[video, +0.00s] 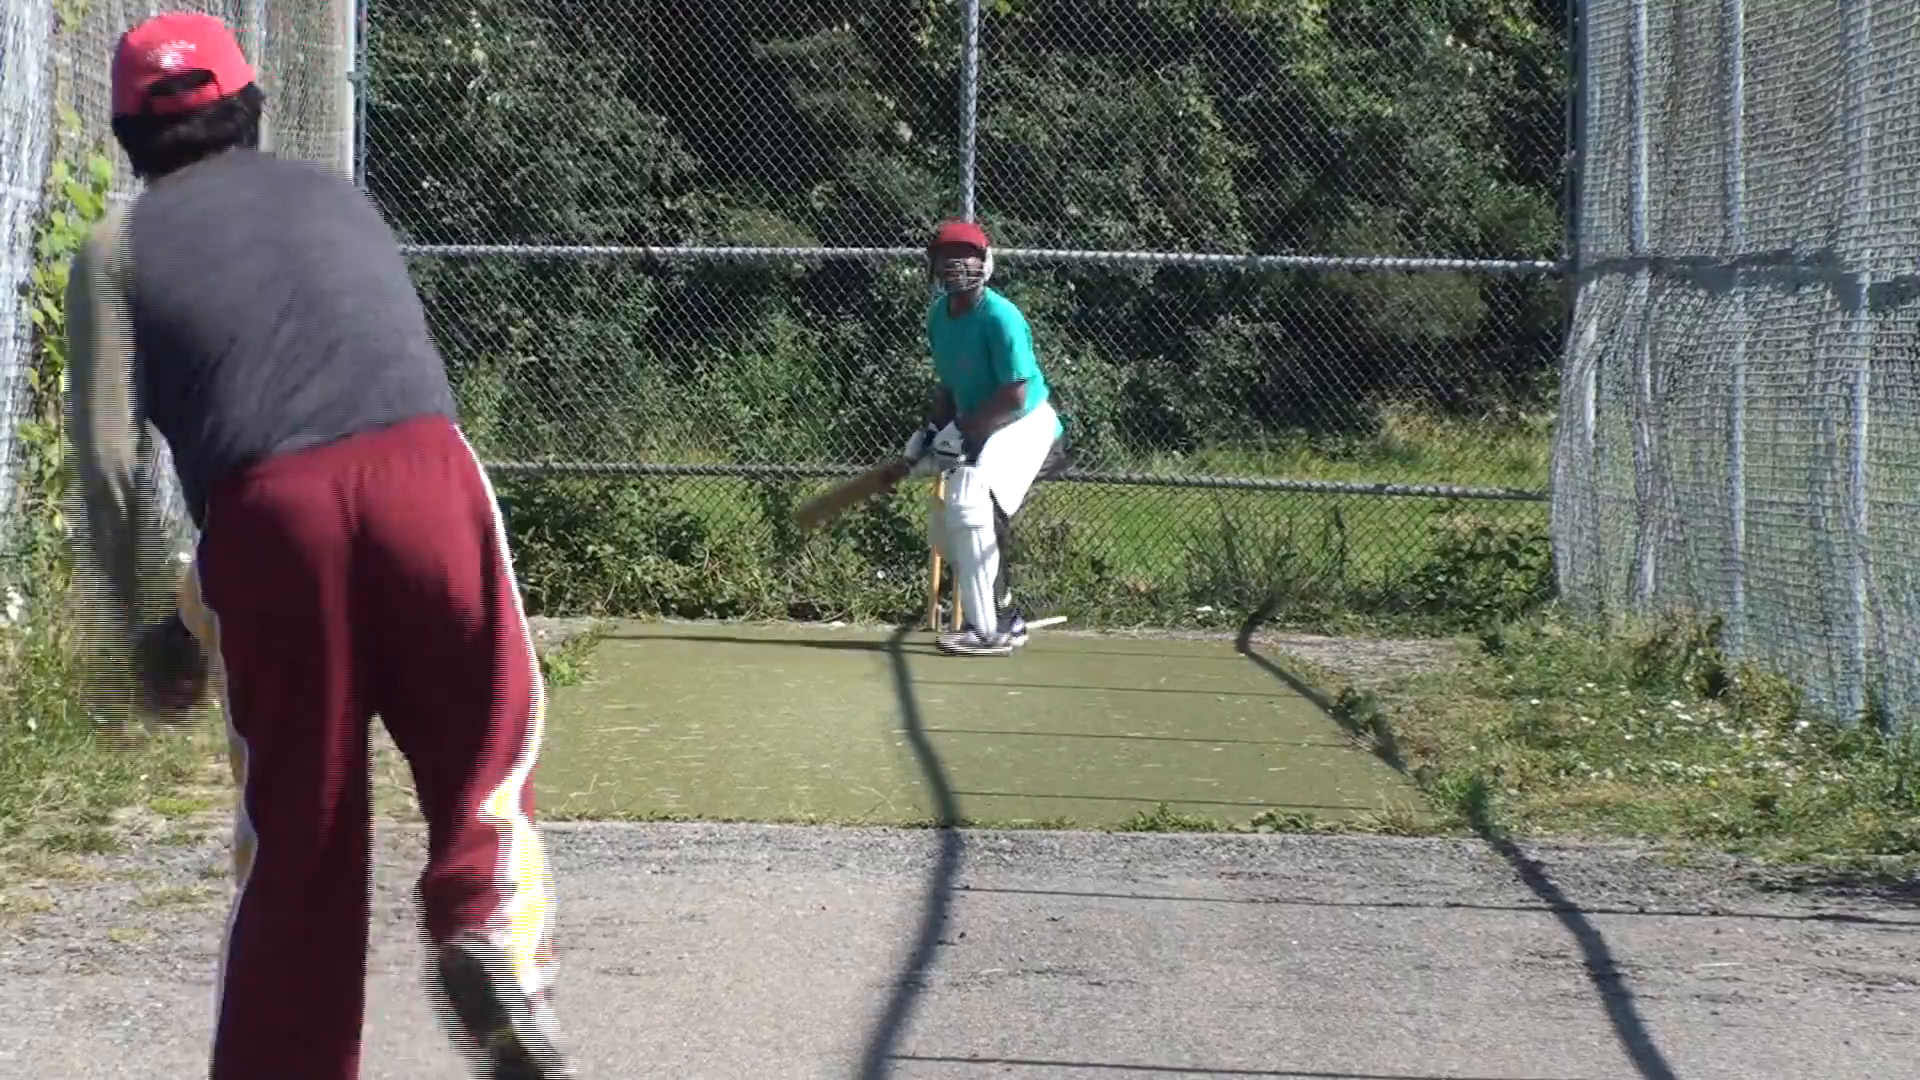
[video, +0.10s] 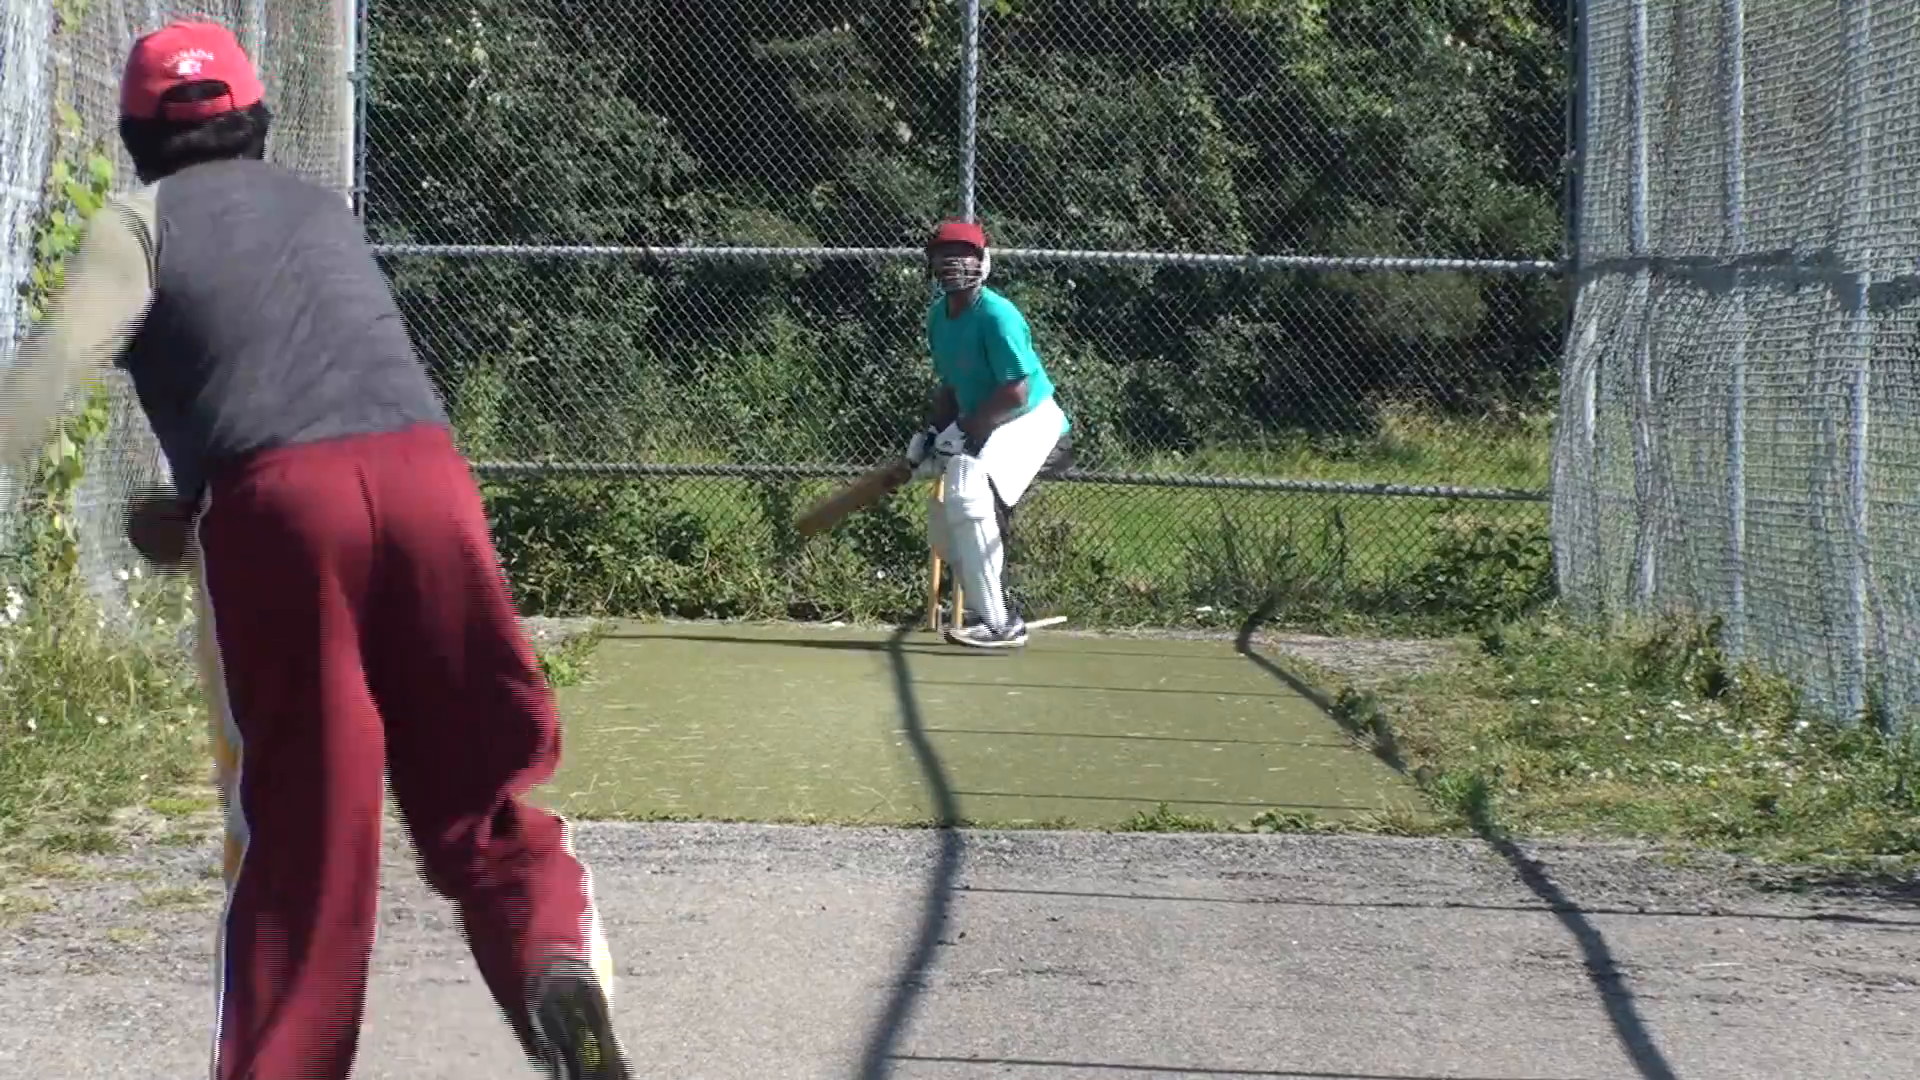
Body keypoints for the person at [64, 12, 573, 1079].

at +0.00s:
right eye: (231, 105)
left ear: (129, 136)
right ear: (252, 111)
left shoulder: (116, 243)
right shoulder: (336, 192)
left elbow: (112, 461)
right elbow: (378, 359)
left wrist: (149, 622)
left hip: (272, 506)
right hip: (426, 468)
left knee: (301, 817)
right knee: (484, 736)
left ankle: (280, 1061)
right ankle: (486, 936)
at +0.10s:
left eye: (152, 122)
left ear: (139, 133)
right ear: (257, 118)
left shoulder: (139, 218)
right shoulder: (322, 200)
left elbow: (58, 357)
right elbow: (328, 382)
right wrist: (197, 504)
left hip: (285, 497)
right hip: (428, 475)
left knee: (305, 812)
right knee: (479, 766)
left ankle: (280, 1060)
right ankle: (556, 961)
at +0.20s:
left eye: (152, 114)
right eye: (221, 103)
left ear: (137, 123)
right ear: (255, 114)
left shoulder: (138, 208)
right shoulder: (319, 202)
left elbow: (17, 279)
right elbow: (314, 396)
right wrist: (177, 506)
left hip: (273, 496)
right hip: (413, 482)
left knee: (283, 809)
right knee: (445, 794)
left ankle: (281, 1060)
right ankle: (507, 1058)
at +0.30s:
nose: (167, 122)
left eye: (160, 109)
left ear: (154, 114)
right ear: (267, 108)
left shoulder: (151, 196)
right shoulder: (327, 203)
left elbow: (33, 261)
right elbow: (271, 384)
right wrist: (133, 496)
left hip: (254, 520)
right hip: (382, 509)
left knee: (262, 809)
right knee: (380, 794)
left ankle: (278, 1060)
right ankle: (369, 1052)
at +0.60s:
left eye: (138, 126)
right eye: (215, 126)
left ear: (129, 135)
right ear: (239, 140)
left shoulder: (107, 229)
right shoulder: (294, 246)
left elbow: (92, 413)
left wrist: (53, 606)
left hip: (162, 555)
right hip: (294, 552)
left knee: (95, 819)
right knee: (260, 837)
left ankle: (111, 1035)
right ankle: (272, 1060)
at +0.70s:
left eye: (93, 126)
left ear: (83, 135)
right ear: (193, 136)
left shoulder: (65, 228)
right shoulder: (249, 231)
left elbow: (65, 423)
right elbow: (266, 398)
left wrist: (37, 605)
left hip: (127, 546)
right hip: (260, 544)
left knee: (47, 827)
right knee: (240, 819)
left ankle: (7, 1043)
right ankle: (265, 1057)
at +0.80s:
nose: (104, 158)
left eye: (57, 145)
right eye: (122, 141)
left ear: (38, 155)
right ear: (148, 153)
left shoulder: (23, 248)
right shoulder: (209, 253)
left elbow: (10, 419)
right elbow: (230, 407)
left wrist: (6, 570)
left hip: (69, 570)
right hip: (208, 564)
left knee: (9, 845)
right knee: (232, 852)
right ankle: (256, 1058)